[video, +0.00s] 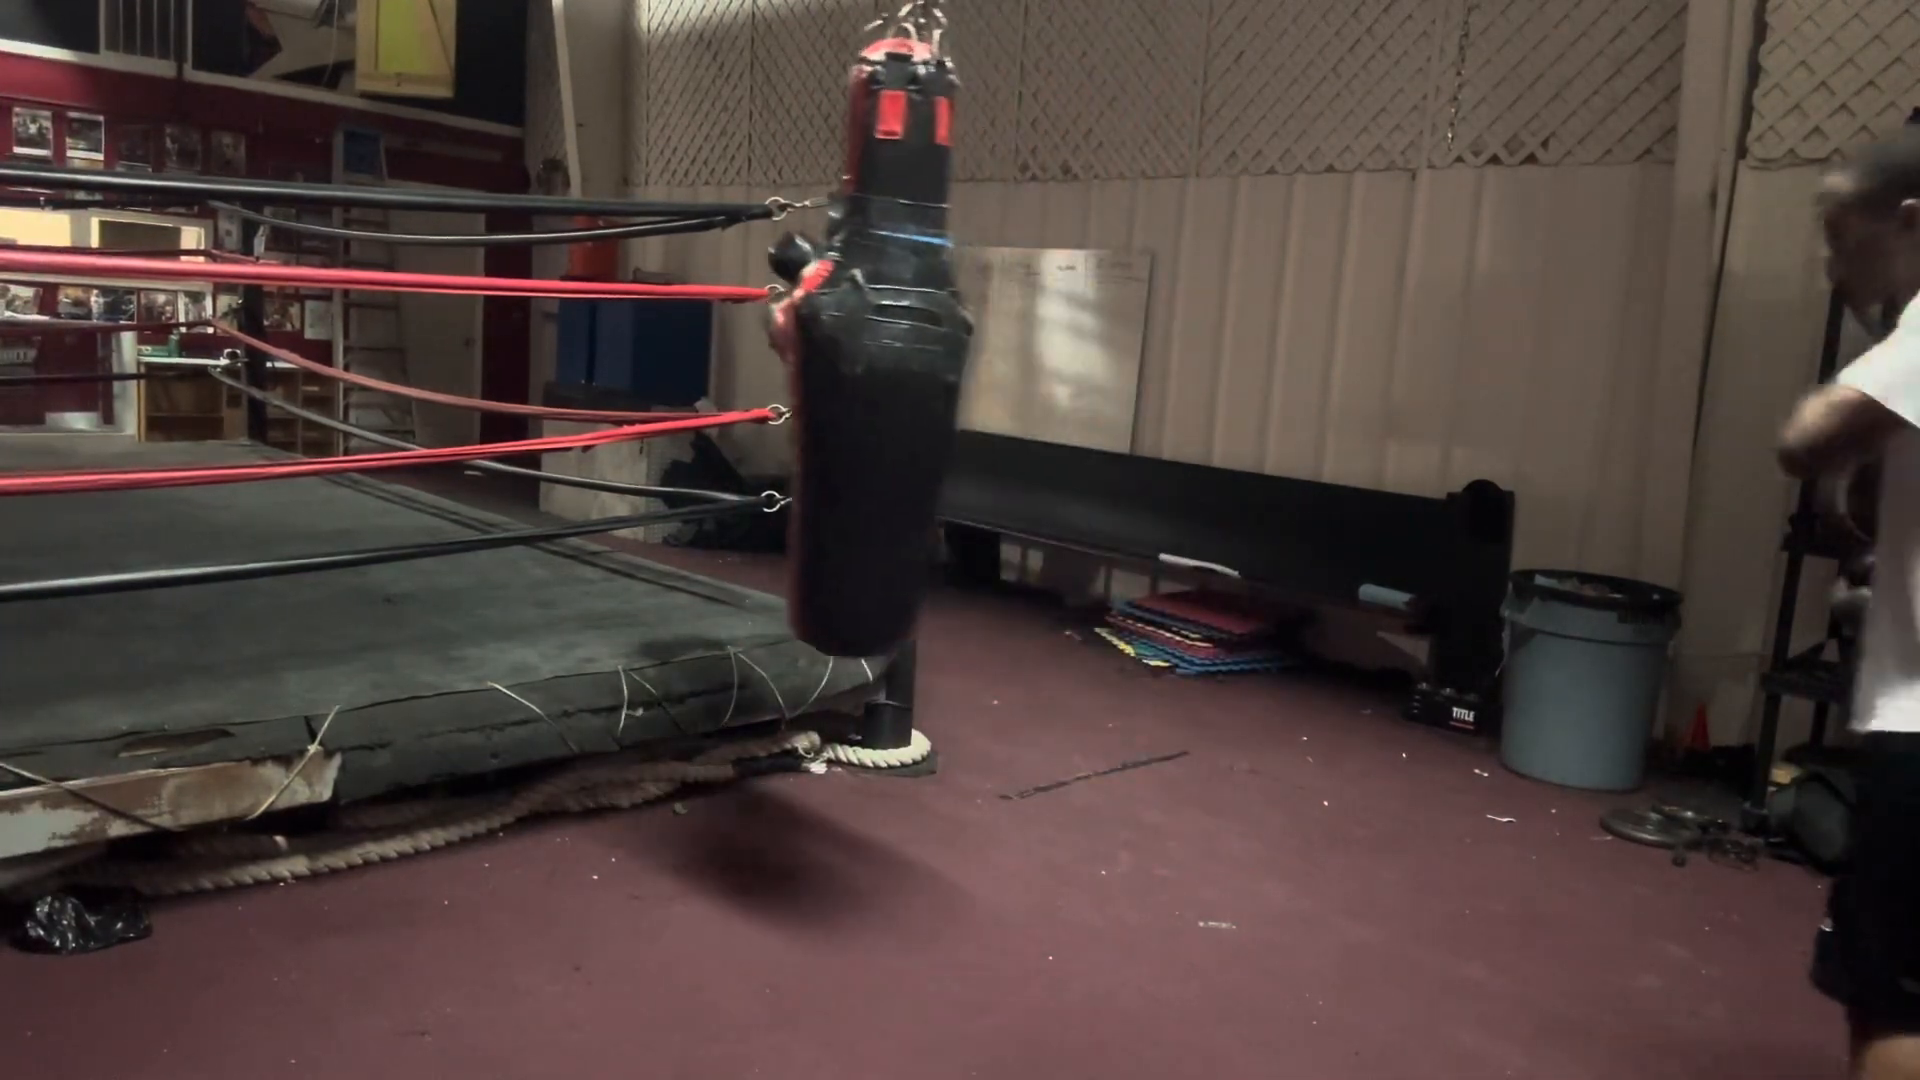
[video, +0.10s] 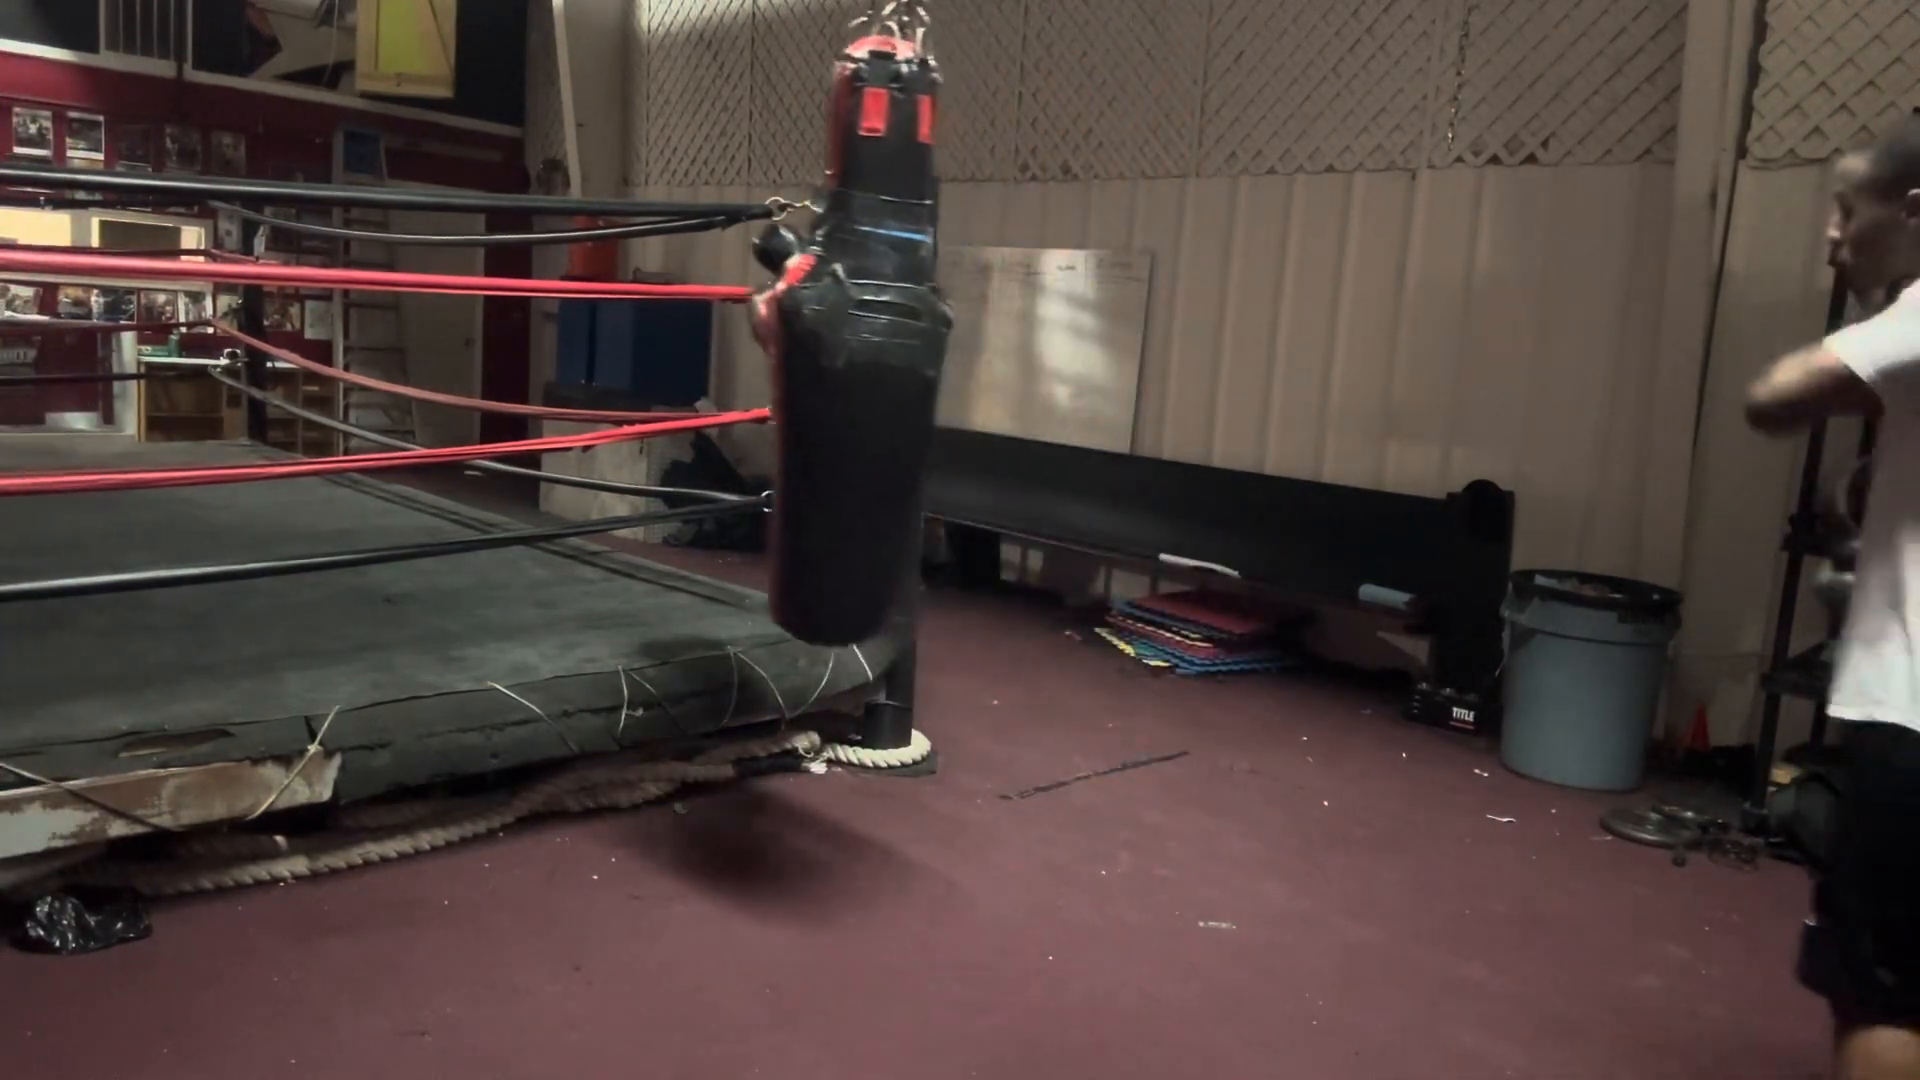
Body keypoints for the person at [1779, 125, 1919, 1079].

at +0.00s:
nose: (1831, 263)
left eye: (1840, 236)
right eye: (1828, 241)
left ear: (1903, 221)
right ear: (1894, 228)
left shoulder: (1918, 325)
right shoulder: (1903, 329)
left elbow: (1808, 438)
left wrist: (1826, 461)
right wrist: (1857, 529)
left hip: (1907, 720)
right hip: (1897, 716)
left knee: (1885, 996)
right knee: (1875, 982)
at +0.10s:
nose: (1831, 234)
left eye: (1847, 208)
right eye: (1832, 209)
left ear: (1910, 213)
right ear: (1902, 218)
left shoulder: (1914, 315)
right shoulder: (1900, 317)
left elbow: (1768, 395)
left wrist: (1845, 363)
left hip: (1899, 707)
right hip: (1886, 703)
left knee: (1878, 994)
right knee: (1863, 978)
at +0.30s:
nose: (1828, 244)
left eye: (1840, 219)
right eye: (1827, 221)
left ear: (1902, 214)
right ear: (1905, 219)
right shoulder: (1908, 293)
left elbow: (1741, 328)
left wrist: (1839, 306)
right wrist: (1847, 319)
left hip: (1900, 680)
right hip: (1891, 676)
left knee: (1775, 934)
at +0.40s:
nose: (1819, 244)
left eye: (1830, 220)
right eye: (1818, 222)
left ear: (1892, 214)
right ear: (1898, 219)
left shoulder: (1919, 282)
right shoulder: (1905, 290)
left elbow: (1736, 319)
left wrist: (1815, 311)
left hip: (1897, 678)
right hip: (1890, 673)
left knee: (1735, 900)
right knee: (1912, 933)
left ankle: (1795, 1064)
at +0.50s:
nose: (1803, 249)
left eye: (1815, 228)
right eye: (1803, 231)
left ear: (1872, 213)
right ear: (1883, 215)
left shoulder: (1909, 274)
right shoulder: (1898, 283)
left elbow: (1715, 310)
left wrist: (1817, 281)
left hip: (1885, 678)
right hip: (1882, 674)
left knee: (1710, 899)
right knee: (1910, 941)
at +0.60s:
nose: (1775, 251)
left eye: (1783, 230)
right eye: (1772, 233)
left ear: (1843, 218)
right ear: (1859, 221)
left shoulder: (1905, 271)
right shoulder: (1894, 284)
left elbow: (1685, 299)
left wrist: (1807, 303)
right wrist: (1798, 536)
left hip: (1865, 690)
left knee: (1699, 919)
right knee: (1916, 960)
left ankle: (1676, 1065)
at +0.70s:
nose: (1713, 252)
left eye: (1723, 233)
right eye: (1712, 235)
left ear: (1773, 220)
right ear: (1807, 221)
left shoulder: (1847, 279)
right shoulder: (1896, 295)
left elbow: (1622, 297)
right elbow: (1857, 477)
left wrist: (1728, 310)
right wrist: (1729, 504)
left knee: (1655, 894)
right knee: (1845, 920)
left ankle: (1637, 1065)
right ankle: (1887, 1060)